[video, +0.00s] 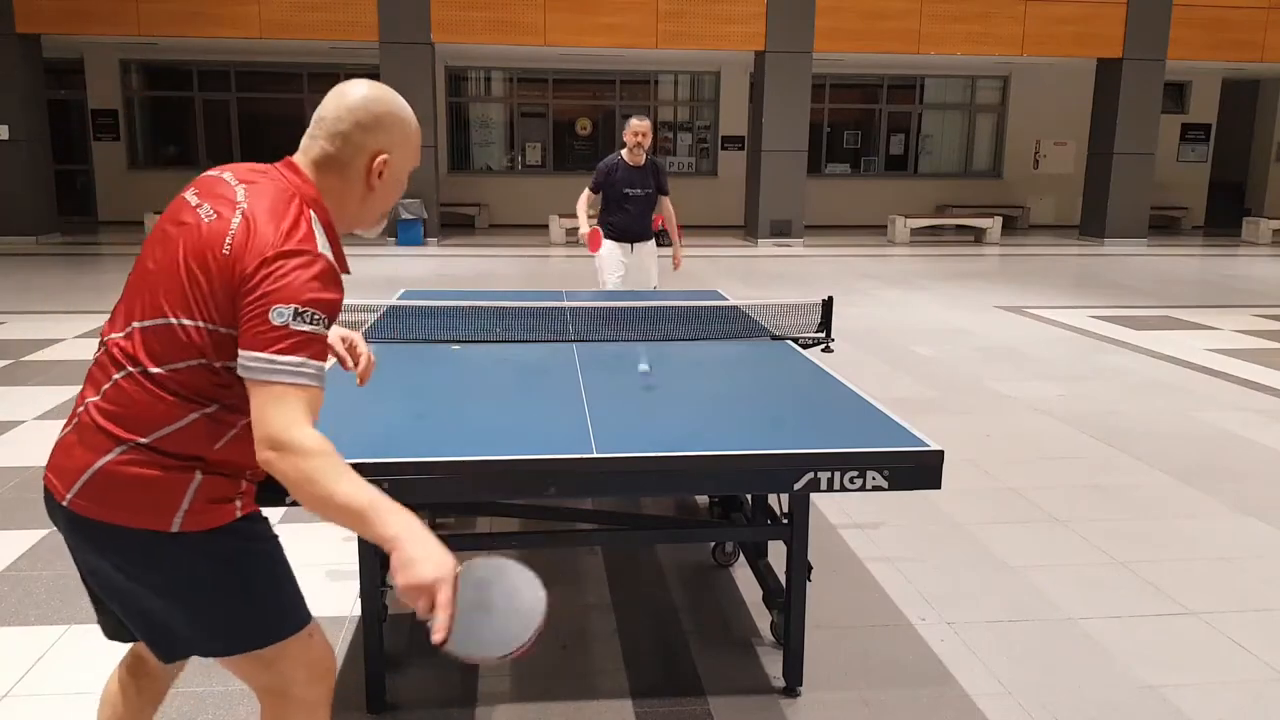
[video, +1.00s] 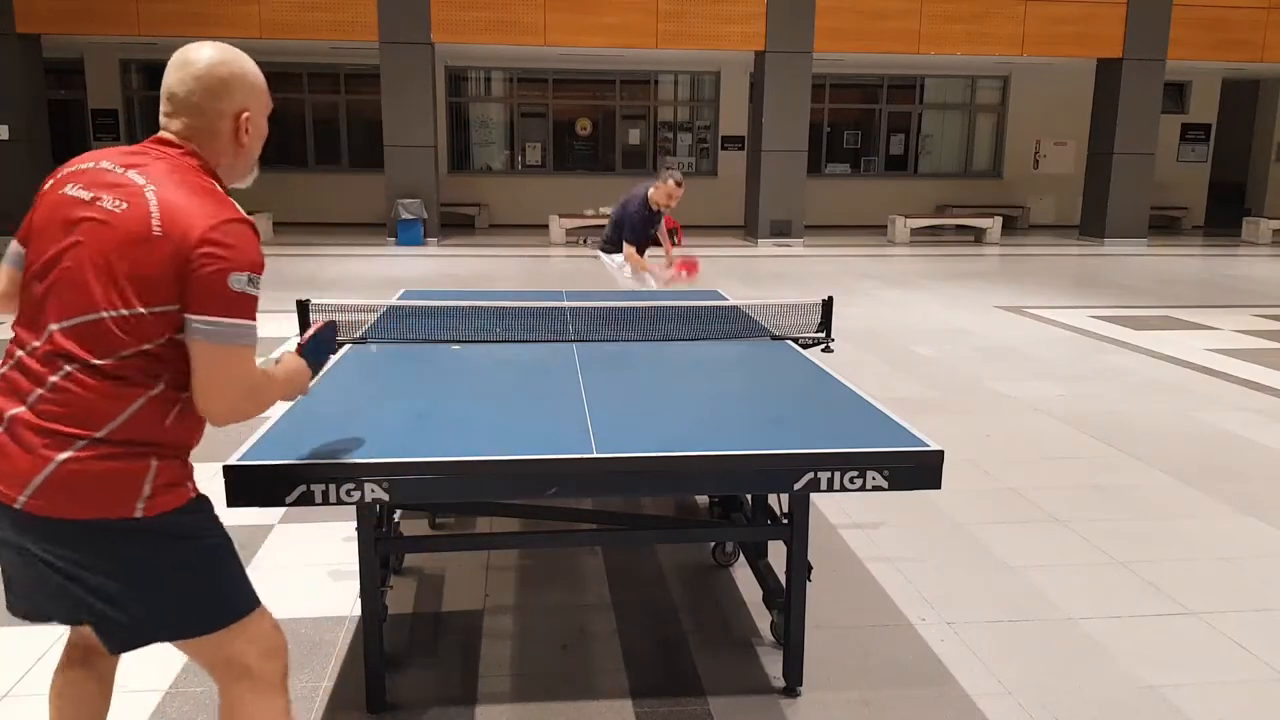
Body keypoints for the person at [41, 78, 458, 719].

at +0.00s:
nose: (402, 192)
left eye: (409, 177)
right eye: (407, 175)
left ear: (314, 142)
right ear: (377, 170)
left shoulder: (223, 182)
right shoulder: (297, 251)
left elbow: (210, 307)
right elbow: (283, 442)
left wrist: (313, 331)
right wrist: (404, 532)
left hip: (86, 474)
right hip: (171, 502)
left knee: (155, 654)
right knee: (302, 678)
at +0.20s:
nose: (385, 195)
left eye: (390, 179)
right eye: (383, 177)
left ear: (300, 154)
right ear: (338, 164)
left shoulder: (188, 183)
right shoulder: (291, 260)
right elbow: (363, 432)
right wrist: (497, 482)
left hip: (70, 477)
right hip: (165, 504)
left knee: (148, 648)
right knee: (301, 672)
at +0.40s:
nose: (360, 162)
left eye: (364, 147)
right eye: (360, 146)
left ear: (259, 125)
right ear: (321, 146)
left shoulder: (149, 172)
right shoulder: (327, 244)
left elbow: (58, 287)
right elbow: (430, 345)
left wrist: (166, 314)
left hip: (65, 484)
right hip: (188, 501)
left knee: (121, 649)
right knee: (318, 670)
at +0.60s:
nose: (311, 139)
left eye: (312, 125)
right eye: (310, 125)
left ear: (215, 112)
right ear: (290, 128)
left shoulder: (98, 178)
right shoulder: (302, 216)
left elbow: (20, 316)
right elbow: (365, 309)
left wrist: (117, 329)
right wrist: (361, 224)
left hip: (65, 495)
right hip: (200, 499)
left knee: (84, 671)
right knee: (318, 671)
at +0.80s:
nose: (262, 142)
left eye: (265, 127)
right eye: (262, 127)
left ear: (168, 117)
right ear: (242, 130)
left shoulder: (55, 187)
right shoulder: (252, 229)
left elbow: (6, 325)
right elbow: (305, 378)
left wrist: (87, 327)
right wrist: (302, 311)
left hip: (28, 494)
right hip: (155, 500)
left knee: (87, 656)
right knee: (291, 681)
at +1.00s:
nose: (264, 136)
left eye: (266, 120)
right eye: (264, 120)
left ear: (170, 111)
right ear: (241, 124)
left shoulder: (75, 173)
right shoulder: (217, 226)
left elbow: (9, 294)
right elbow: (225, 398)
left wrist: (107, 314)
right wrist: (287, 376)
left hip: (16, 473)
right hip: (119, 495)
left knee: (92, 637)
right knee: (254, 657)